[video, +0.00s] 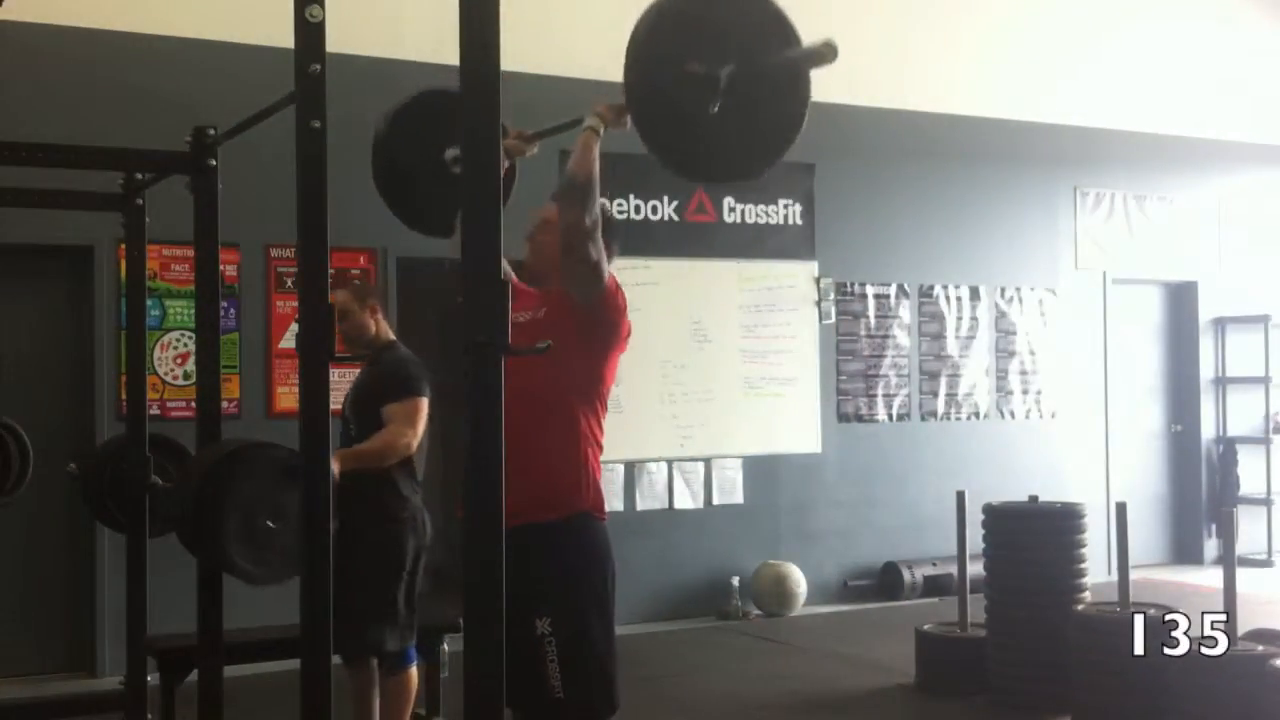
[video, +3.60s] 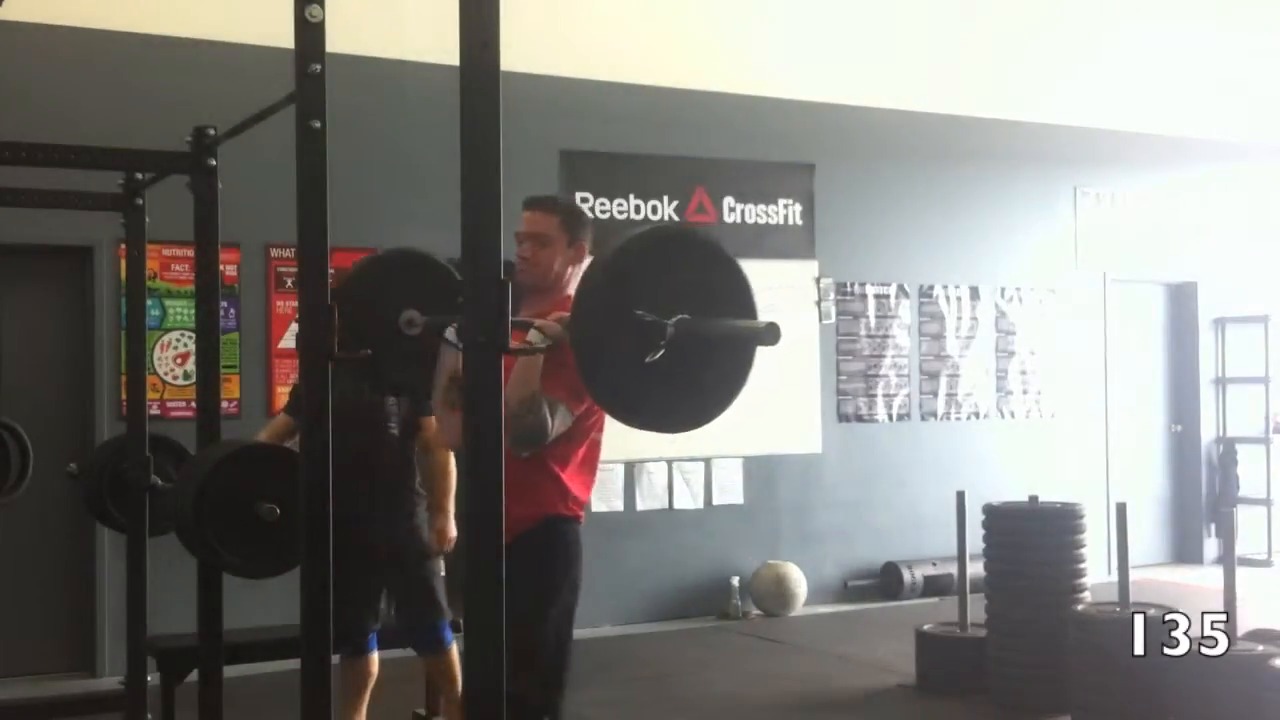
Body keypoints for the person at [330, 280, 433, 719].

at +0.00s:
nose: (339, 328)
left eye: (345, 317)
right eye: (336, 319)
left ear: (373, 313)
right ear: (363, 317)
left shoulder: (402, 365)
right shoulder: (372, 369)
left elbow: (404, 438)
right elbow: (374, 438)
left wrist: (340, 459)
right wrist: (336, 462)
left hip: (394, 518)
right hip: (360, 515)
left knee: (395, 643)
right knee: (355, 643)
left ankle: (396, 719)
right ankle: (366, 718)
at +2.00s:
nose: (289, 337)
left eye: (295, 326)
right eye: (285, 327)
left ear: (323, 320)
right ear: (293, 324)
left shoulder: (354, 366)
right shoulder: (320, 368)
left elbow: (373, 434)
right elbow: (312, 437)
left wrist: (312, 481)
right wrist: (296, 483)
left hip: (370, 515)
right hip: (344, 513)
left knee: (374, 650)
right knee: (362, 648)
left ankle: (385, 719)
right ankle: (369, 718)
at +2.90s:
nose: (320, 330)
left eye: (327, 319)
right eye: (317, 320)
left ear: (351, 316)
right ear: (320, 321)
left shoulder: (384, 375)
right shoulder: (330, 373)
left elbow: (390, 450)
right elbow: (307, 425)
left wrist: (359, 503)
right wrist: (261, 456)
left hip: (375, 527)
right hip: (331, 525)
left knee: (378, 648)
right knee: (339, 648)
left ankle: (388, 719)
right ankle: (347, 719)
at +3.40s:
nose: (334, 320)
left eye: (343, 309)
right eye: (329, 311)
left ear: (369, 312)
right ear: (320, 314)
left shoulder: (397, 368)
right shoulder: (317, 375)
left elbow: (427, 443)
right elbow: (279, 433)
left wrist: (428, 511)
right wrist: (241, 477)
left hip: (391, 520)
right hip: (336, 520)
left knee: (404, 640)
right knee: (353, 643)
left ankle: (418, 716)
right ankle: (350, 717)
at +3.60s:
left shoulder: (407, 368)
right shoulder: (324, 371)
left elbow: (435, 438)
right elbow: (286, 423)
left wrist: (444, 512)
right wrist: (243, 465)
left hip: (404, 519)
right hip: (344, 520)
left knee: (434, 638)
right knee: (356, 642)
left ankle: (454, 711)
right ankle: (351, 714)